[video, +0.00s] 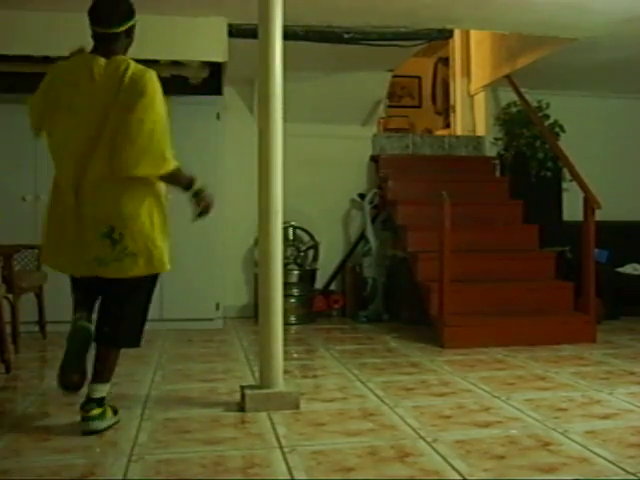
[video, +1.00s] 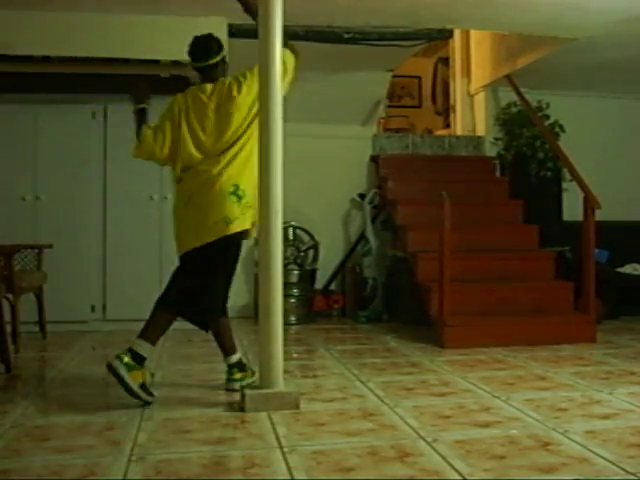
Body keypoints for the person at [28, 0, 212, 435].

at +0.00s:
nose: (128, 40)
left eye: (117, 32)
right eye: (130, 33)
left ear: (92, 31)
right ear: (130, 34)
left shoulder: (63, 74)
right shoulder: (140, 81)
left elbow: (36, 120)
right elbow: (149, 156)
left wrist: (75, 66)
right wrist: (192, 185)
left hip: (74, 217)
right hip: (130, 221)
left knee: (85, 275)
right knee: (118, 309)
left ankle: (80, 321)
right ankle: (95, 403)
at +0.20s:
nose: (129, 40)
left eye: (119, 33)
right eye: (132, 33)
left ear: (99, 35)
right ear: (135, 33)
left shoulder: (76, 78)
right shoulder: (158, 76)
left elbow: (52, 135)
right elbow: (204, 130)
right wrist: (210, 97)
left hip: (92, 200)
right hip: (145, 200)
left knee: (119, 284)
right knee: (126, 295)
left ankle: (129, 357)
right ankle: (97, 391)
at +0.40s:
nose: (155, 64)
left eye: (146, 59)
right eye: (153, 59)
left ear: (119, 63)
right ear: (152, 59)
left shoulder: (100, 104)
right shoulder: (179, 93)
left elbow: (62, 152)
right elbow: (222, 85)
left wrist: (57, 120)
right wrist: (210, 41)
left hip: (116, 215)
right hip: (168, 212)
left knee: (136, 300)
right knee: (144, 303)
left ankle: (162, 375)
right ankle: (99, 387)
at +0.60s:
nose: (161, 59)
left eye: (150, 55)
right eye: (166, 53)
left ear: (139, 59)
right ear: (173, 56)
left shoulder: (123, 97)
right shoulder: (194, 87)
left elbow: (82, 145)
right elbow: (235, 68)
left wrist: (71, 111)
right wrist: (218, 27)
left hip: (142, 209)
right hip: (191, 207)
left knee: (156, 288)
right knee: (178, 290)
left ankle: (172, 364)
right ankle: (131, 364)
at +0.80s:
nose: (181, 65)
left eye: (172, 59)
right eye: (189, 57)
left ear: (167, 62)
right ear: (200, 59)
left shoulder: (153, 101)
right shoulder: (219, 90)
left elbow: (108, 141)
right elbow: (252, 62)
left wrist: (99, 106)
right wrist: (236, 21)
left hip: (169, 220)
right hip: (211, 216)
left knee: (203, 295)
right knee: (171, 294)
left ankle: (226, 364)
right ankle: (129, 371)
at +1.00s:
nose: (218, 68)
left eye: (206, 66)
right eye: (220, 62)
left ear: (193, 69)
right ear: (225, 64)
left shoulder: (181, 107)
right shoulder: (246, 90)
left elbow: (150, 147)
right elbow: (285, 57)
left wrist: (140, 111)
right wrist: (258, 15)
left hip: (192, 216)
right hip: (233, 212)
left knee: (212, 295)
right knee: (185, 288)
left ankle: (236, 366)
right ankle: (135, 359)